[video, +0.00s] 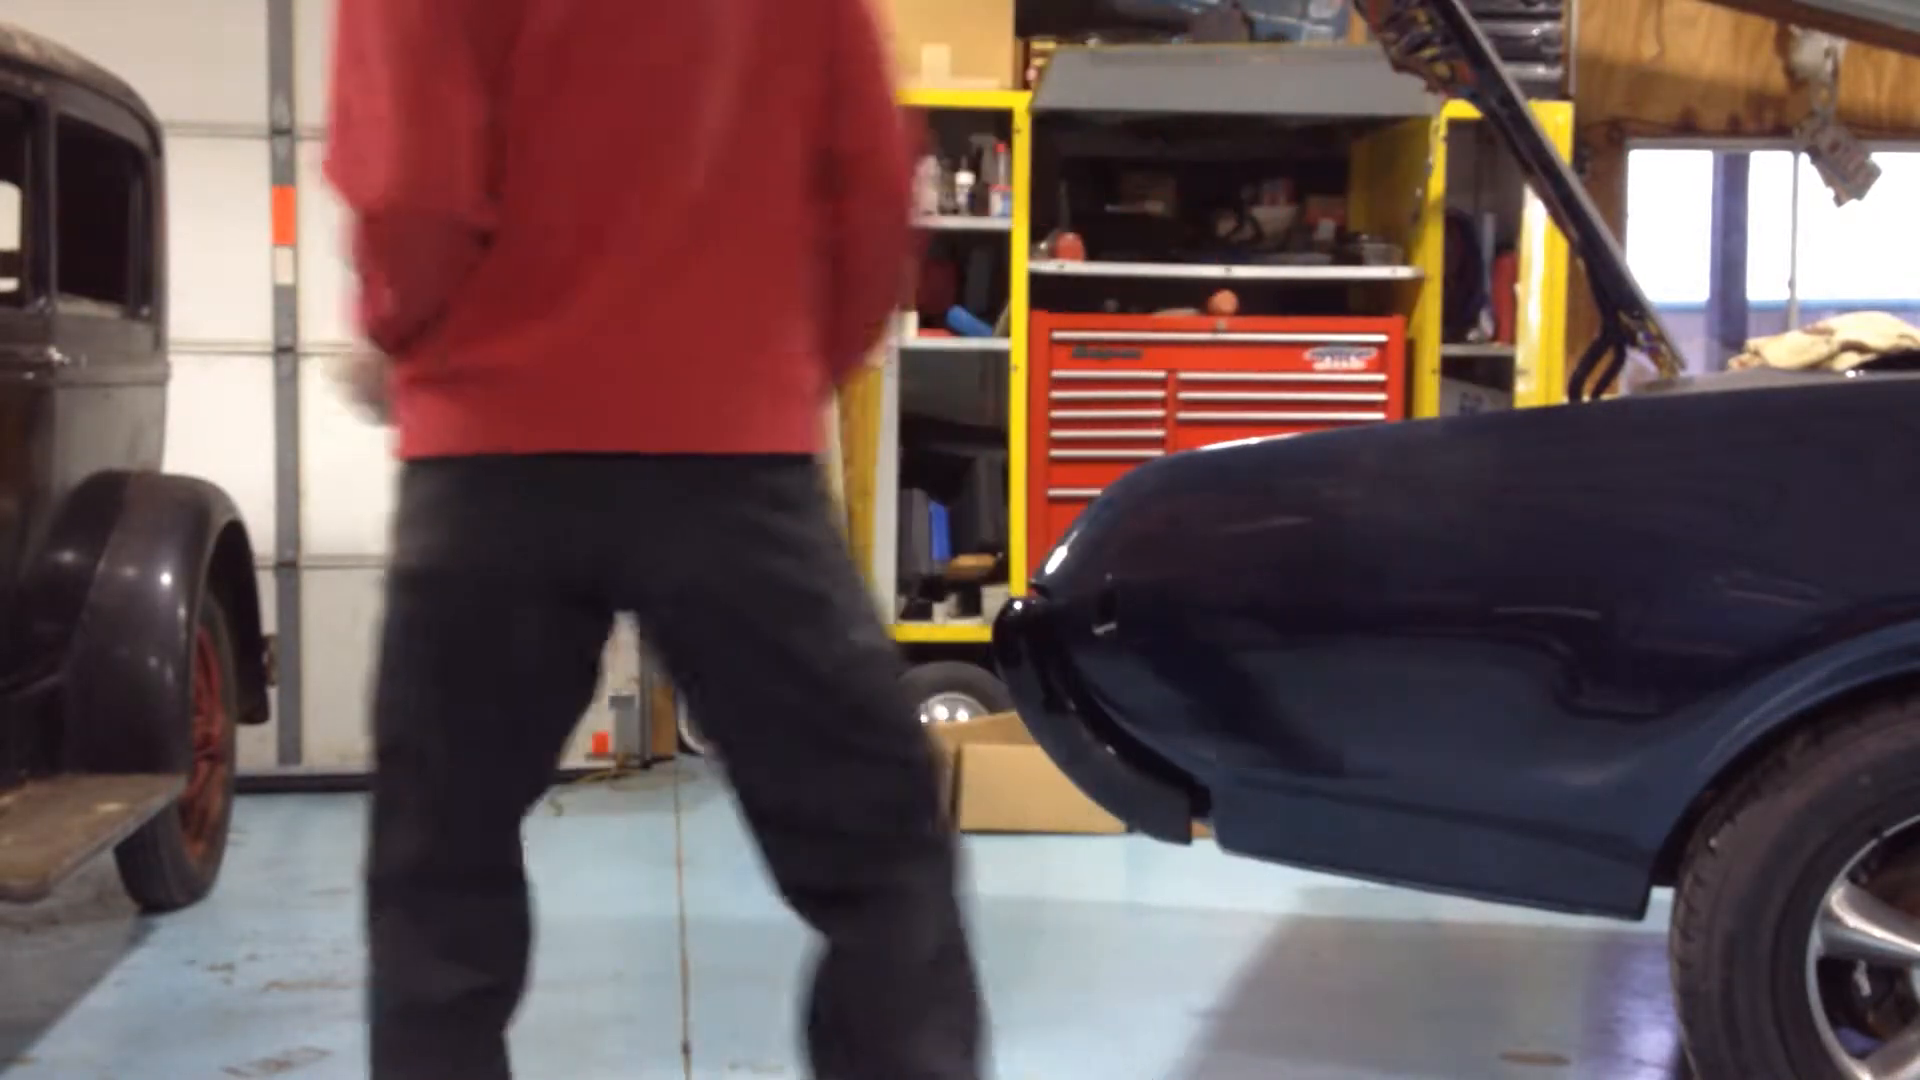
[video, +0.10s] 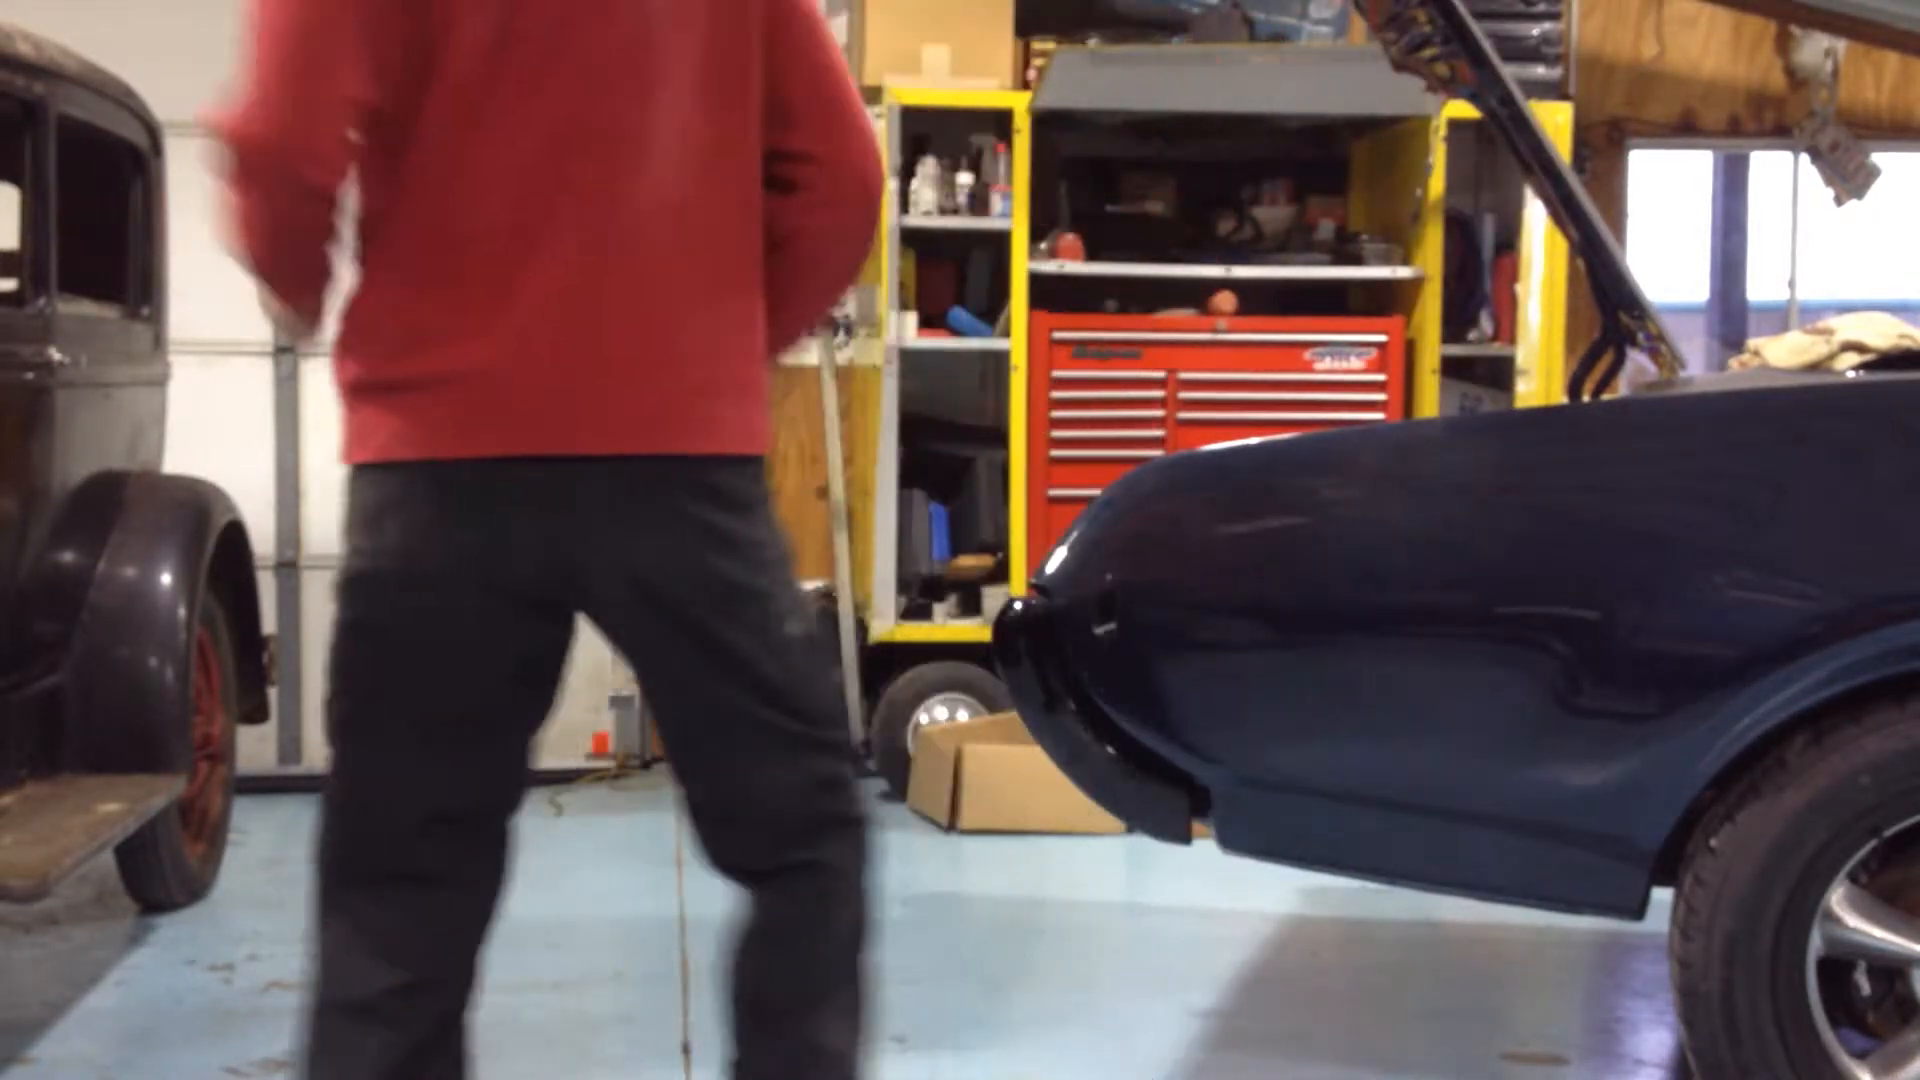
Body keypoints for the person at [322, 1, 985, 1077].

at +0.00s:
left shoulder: (418, 7)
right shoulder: (812, 14)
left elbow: (416, 189)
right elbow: (876, 195)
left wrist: (392, 332)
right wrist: (782, 367)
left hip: (501, 453)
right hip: (733, 451)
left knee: (437, 875)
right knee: (882, 860)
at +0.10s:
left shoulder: (363, 4)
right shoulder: (744, 6)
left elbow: (278, 131)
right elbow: (842, 175)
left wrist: (312, 300)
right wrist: (710, 335)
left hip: (445, 425)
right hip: (680, 433)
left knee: (400, 878)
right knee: (804, 832)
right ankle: (794, 1064)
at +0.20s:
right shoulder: (699, 6)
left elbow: (182, 100)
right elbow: (834, 136)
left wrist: (295, 206)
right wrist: (684, 262)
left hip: (415, 407)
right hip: (648, 401)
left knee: (372, 843)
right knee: (714, 821)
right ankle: (748, 1066)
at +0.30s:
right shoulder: (660, 0)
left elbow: (167, 108)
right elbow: (799, 127)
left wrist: (296, 197)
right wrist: (658, 258)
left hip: (419, 423)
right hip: (637, 419)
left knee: (347, 857)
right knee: (683, 818)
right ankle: (741, 1068)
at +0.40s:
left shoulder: (246, 6)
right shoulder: (621, 3)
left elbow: (196, 194)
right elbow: (741, 175)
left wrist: (309, 291)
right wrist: (630, 299)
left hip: (437, 416)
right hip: (635, 404)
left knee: (325, 864)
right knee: (664, 800)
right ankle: (761, 1058)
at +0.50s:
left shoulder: (251, 6)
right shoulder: (610, 1)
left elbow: (224, 213)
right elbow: (743, 179)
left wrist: (297, 332)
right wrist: (615, 298)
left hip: (438, 440)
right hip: (629, 418)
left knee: (305, 880)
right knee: (667, 786)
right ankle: (771, 1063)